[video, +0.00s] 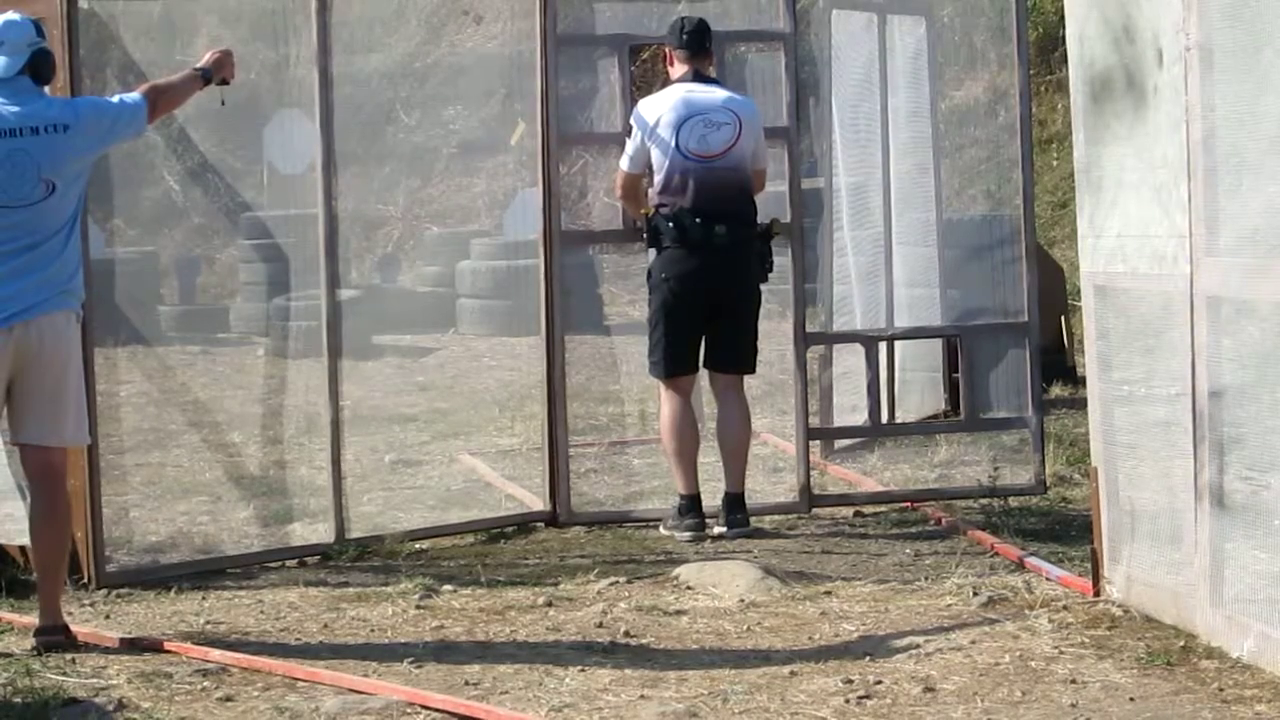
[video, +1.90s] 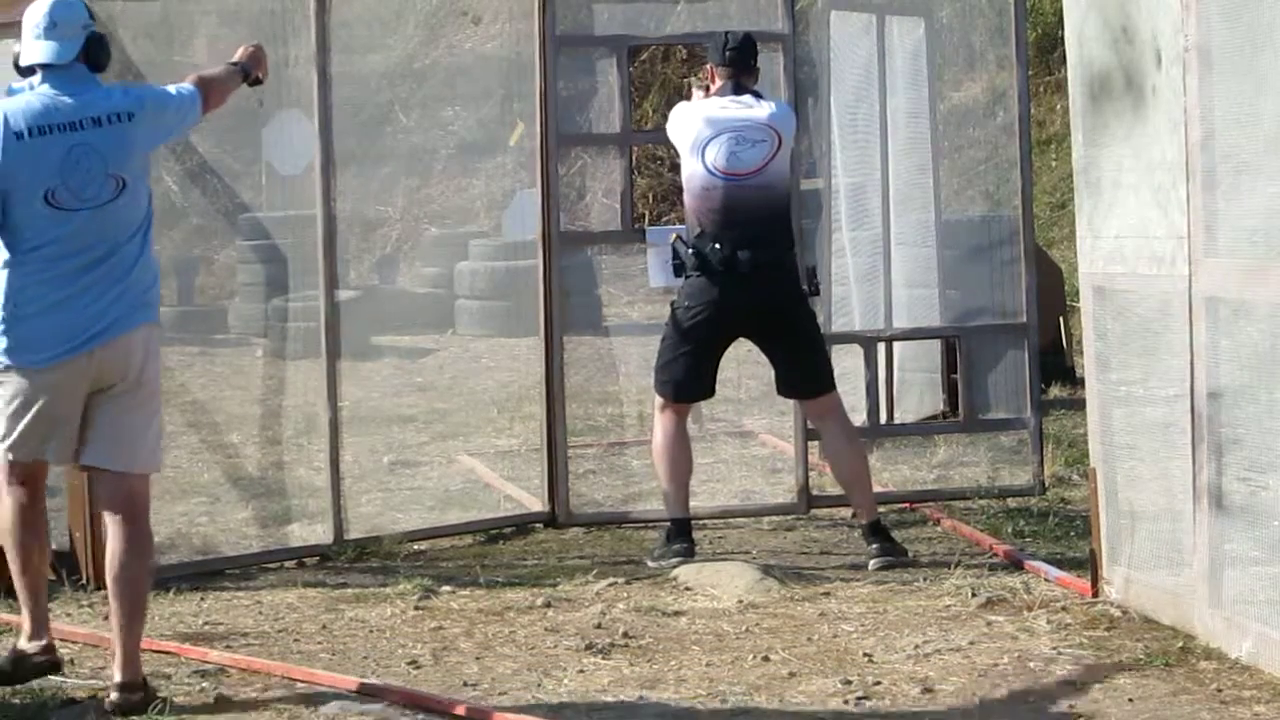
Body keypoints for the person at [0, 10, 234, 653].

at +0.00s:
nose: (51, 68)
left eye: (44, 59)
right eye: (48, 61)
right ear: (41, 65)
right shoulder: (63, 120)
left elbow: (147, 103)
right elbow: (149, 102)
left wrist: (196, 76)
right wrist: (204, 72)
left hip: (16, 315)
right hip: (41, 314)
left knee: (46, 471)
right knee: (47, 470)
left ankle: (49, 617)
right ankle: (50, 620)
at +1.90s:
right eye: (99, 51)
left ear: (27, 56)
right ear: (93, 52)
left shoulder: (6, 120)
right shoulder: (131, 108)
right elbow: (206, 92)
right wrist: (244, 64)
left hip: (34, 333)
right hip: (128, 324)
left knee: (23, 483)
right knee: (126, 504)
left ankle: (34, 636)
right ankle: (128, 677)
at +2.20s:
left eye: (42, 57)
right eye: (113, 53)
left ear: (40, 58)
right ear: (110, 53)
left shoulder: (14, 127)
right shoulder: (148, 110)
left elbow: (4, 248)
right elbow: (222, 90)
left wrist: (21, 302)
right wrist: (257, 59)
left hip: (59, 350)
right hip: (149, 337)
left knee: (82, 520)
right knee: (140, 511)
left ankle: (127, 675)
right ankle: (130, 673)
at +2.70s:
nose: (65, 52)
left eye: (68, 43)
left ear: (73, 51)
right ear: (146, 47)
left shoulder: (49, 120)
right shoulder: (191, 104)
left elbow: (17, 255)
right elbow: (250, 86)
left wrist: (6, 353)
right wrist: (277, 54)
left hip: (101, 352)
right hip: (195, 335)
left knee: (114, 535)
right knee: (192, 495)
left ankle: (142, 703)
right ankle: (225, 653)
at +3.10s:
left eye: (148, 55)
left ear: (147, 57)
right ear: (223, 50)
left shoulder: (130, 125)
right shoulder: (268, 107)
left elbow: (101, 262)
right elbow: (308, 79)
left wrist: (84, 364)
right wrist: (323, 45)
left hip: (168, 356)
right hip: (268, 344)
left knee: (149, 537)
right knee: (293, 532)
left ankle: (144, 704)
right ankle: (329, 702)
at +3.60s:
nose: (222, 59)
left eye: (225, 46)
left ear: (222, 47)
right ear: (296, 39)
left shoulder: (206, 111)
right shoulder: (341, 100)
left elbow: (176, 245)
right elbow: (368, 80)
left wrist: (153, 345)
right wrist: (378, 49)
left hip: (238, 349)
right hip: (338, 337)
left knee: (218, 523)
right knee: (329, 528)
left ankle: (250, 696)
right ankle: (338, 703)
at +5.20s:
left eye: (212, 44)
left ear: (212, 48)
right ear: (288, 38)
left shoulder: (196, 119)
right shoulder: (339, 97)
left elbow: (173, 260)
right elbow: (366, 63)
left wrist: (154, 367)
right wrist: (375, 30)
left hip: (250, 372)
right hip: (351, 353)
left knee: (257, 552)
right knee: (389, 529)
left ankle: (286, 709)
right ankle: (452, 691)